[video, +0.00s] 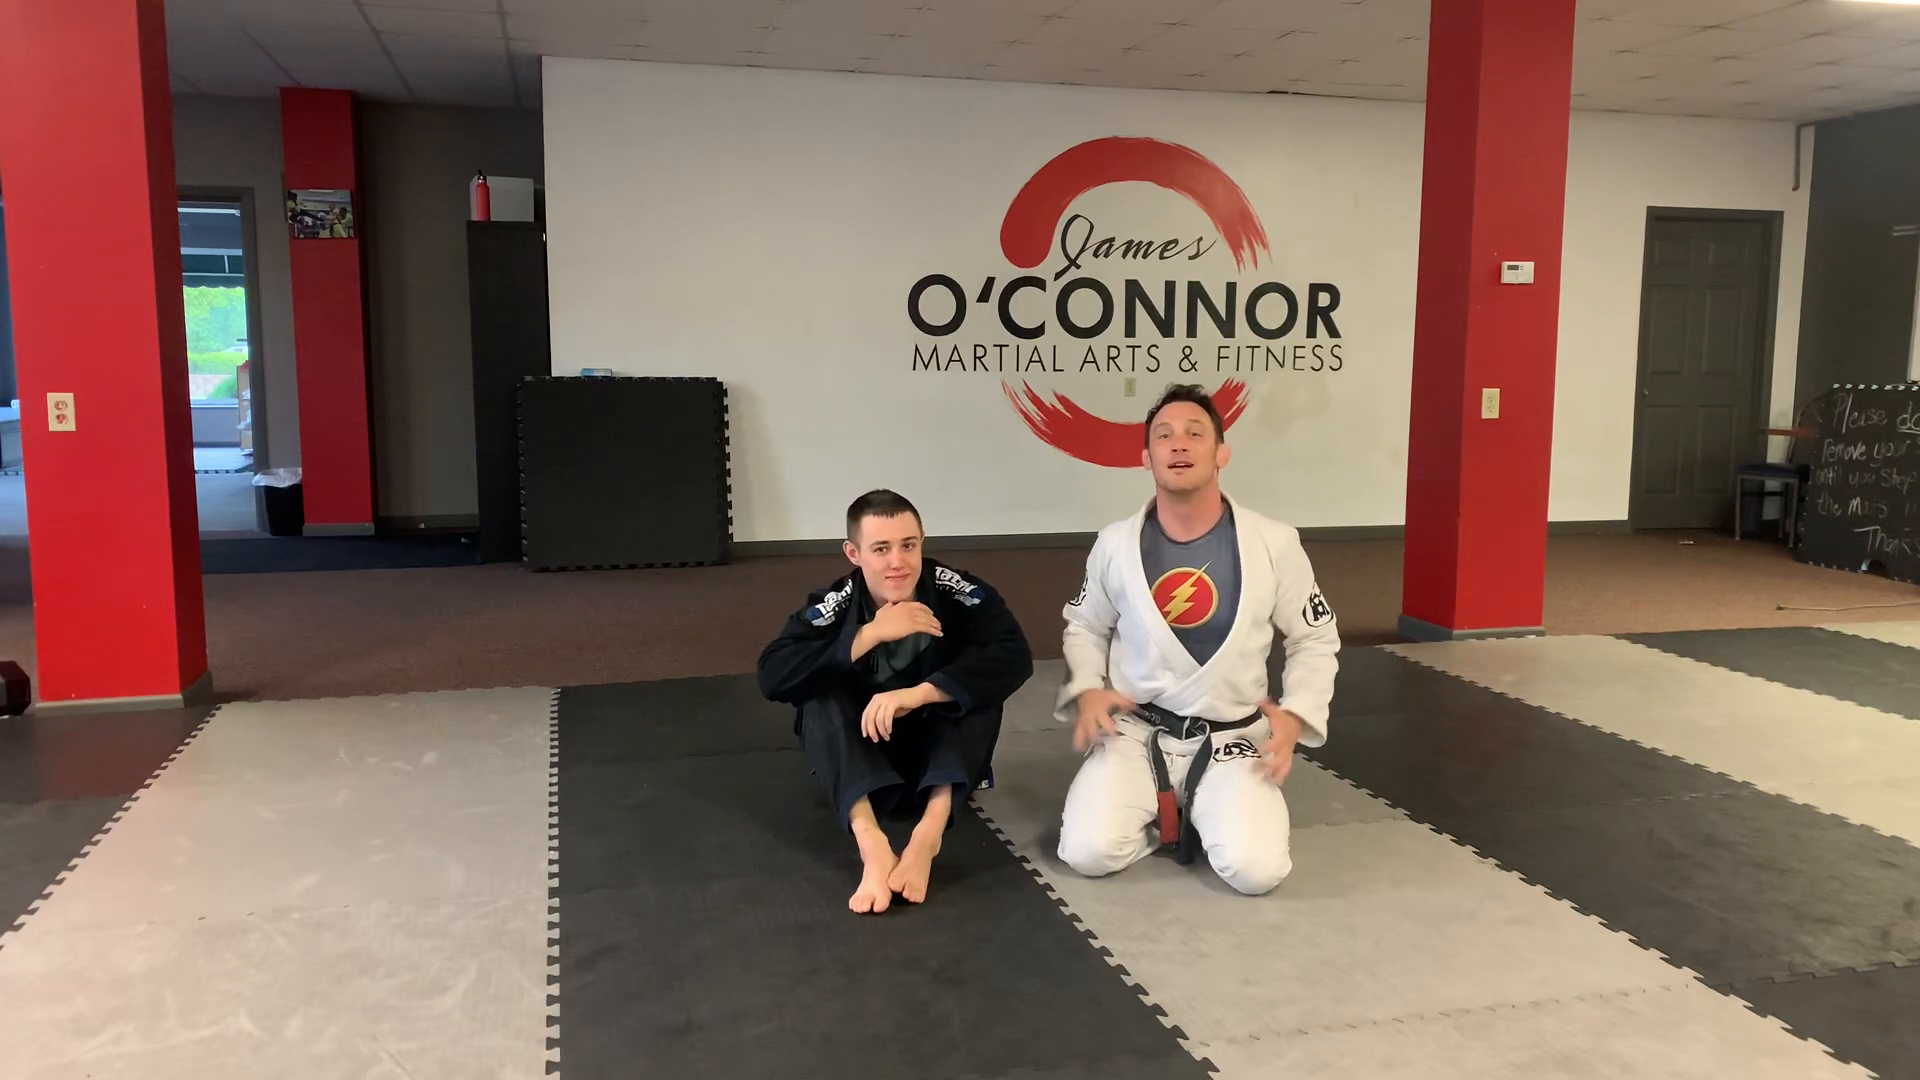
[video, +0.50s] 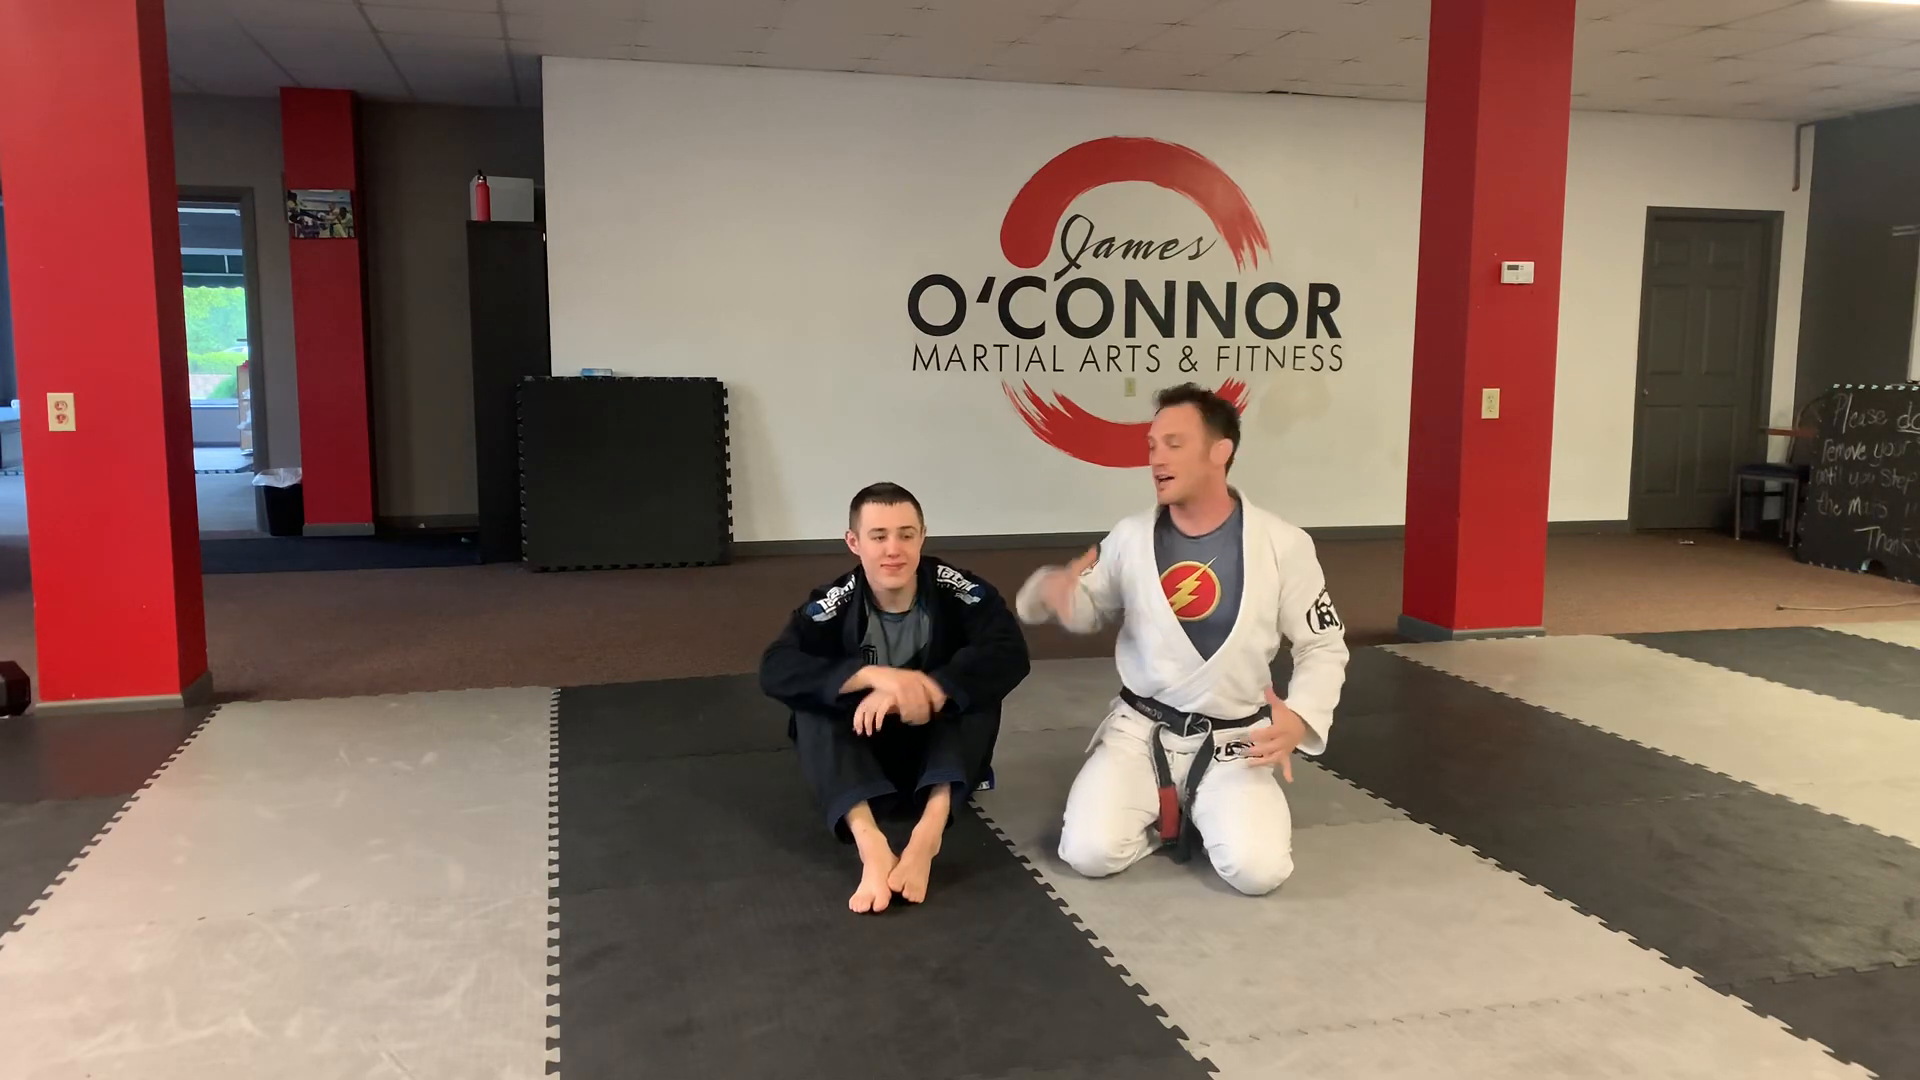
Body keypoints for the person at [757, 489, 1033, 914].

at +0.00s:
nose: (898, 561)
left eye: (908, 545)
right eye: (881, 549)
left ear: (921, 543)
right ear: (854, 554)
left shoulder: (960, 593)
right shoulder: (832, 606)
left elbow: (1011, 656)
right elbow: (774, 676)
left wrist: (920, 694)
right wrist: (872, 632)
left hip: (940, 756)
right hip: (859, 760)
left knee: (979, 687)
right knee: (823, 692)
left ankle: (929, 835)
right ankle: (872, 845)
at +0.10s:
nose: (895, 561)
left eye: (905, 545)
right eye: (878, 549)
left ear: (919, 543)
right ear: (852, 553)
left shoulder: (959, 593)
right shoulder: (832, 605)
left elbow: (1010, 656)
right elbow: (775, 675)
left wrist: (918, 693)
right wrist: (873, 633)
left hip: (939, 754)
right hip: (858, 758)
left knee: (977, 686)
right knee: (822, 691)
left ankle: (929, 833)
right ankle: (871, 843)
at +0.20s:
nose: (892, 561)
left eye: (904, 545)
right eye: (876, 548)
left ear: (919, 543)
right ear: (850, 552)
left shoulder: (958, 592)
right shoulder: (831, 606)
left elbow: (1009, 656)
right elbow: (776, 675)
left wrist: (918, 693)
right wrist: (875, 634)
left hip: (939, 753)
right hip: (858, 756)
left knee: (975, 687)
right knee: (821, 695)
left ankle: (929, 833)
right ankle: (871, 844)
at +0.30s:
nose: (892, 558)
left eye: (903, 542)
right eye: (876, 545)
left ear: (918, 541)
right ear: (850, 550)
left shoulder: (957, 591)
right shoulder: (831, 605)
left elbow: (1009, 656)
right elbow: (776, 676)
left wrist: (917, 693)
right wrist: (876, 640)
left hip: (939, 753)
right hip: (859, 756)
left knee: (973, 686)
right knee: (822, 694)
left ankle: (929, 833)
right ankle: (871, 843)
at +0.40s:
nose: (892, 554)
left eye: (904, 539)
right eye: (877, 541)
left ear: (919, 540)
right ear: (852, 547)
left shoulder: (959, 591)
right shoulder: (833, 605)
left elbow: (1009, 656)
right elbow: (775, 673)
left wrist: (917, 691)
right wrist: (878, 654)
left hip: (940, 753)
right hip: (860, 756)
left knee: (972, 691)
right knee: (816, 703)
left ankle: (928, 834)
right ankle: (871, 843)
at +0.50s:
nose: (894, 549)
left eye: (906, 535)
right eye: (878, 537)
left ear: (921, 538)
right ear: (853, 543)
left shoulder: (962, 592)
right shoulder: (833, 603)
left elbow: (1009, 655)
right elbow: (776, 669)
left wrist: (912, 691)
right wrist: (871, 674)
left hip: (940, 755)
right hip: (860, 758)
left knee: (977, 691)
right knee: (813, 705)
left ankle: (929, 833)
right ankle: (870, 844)